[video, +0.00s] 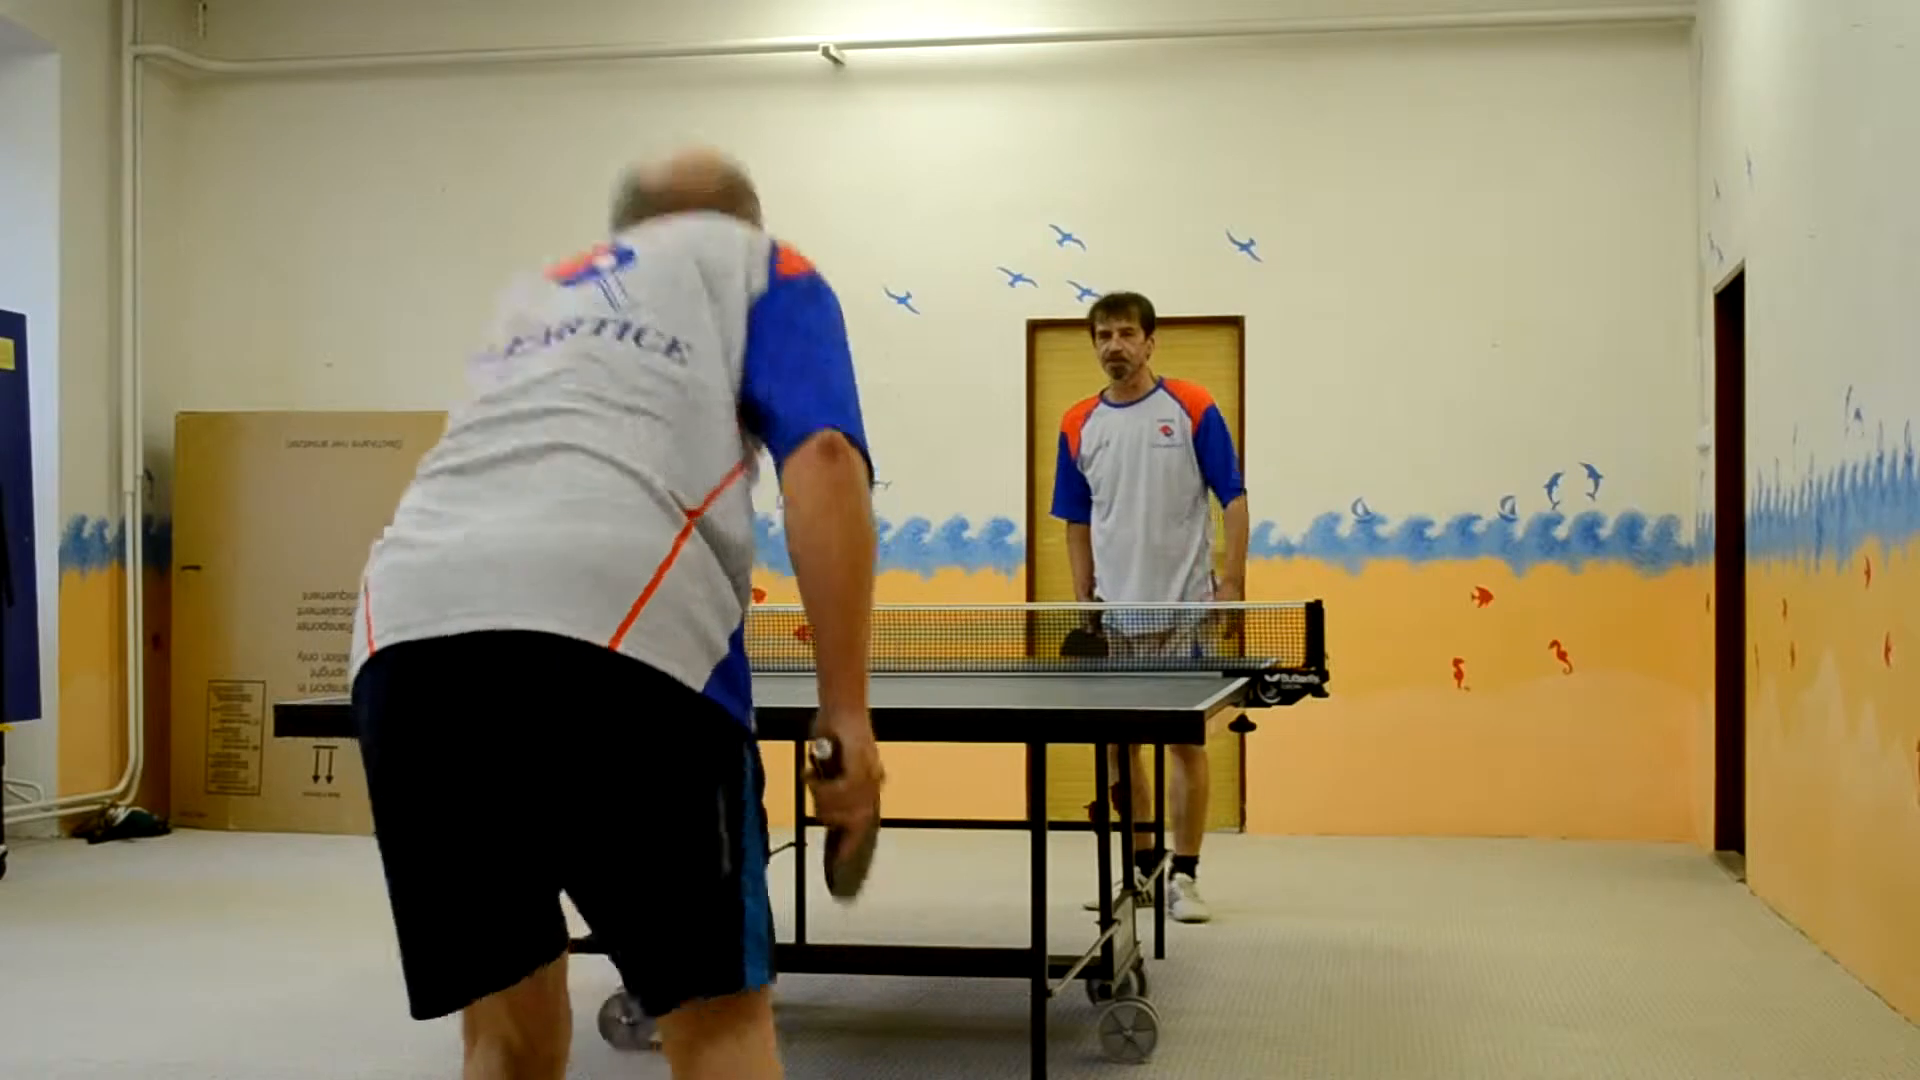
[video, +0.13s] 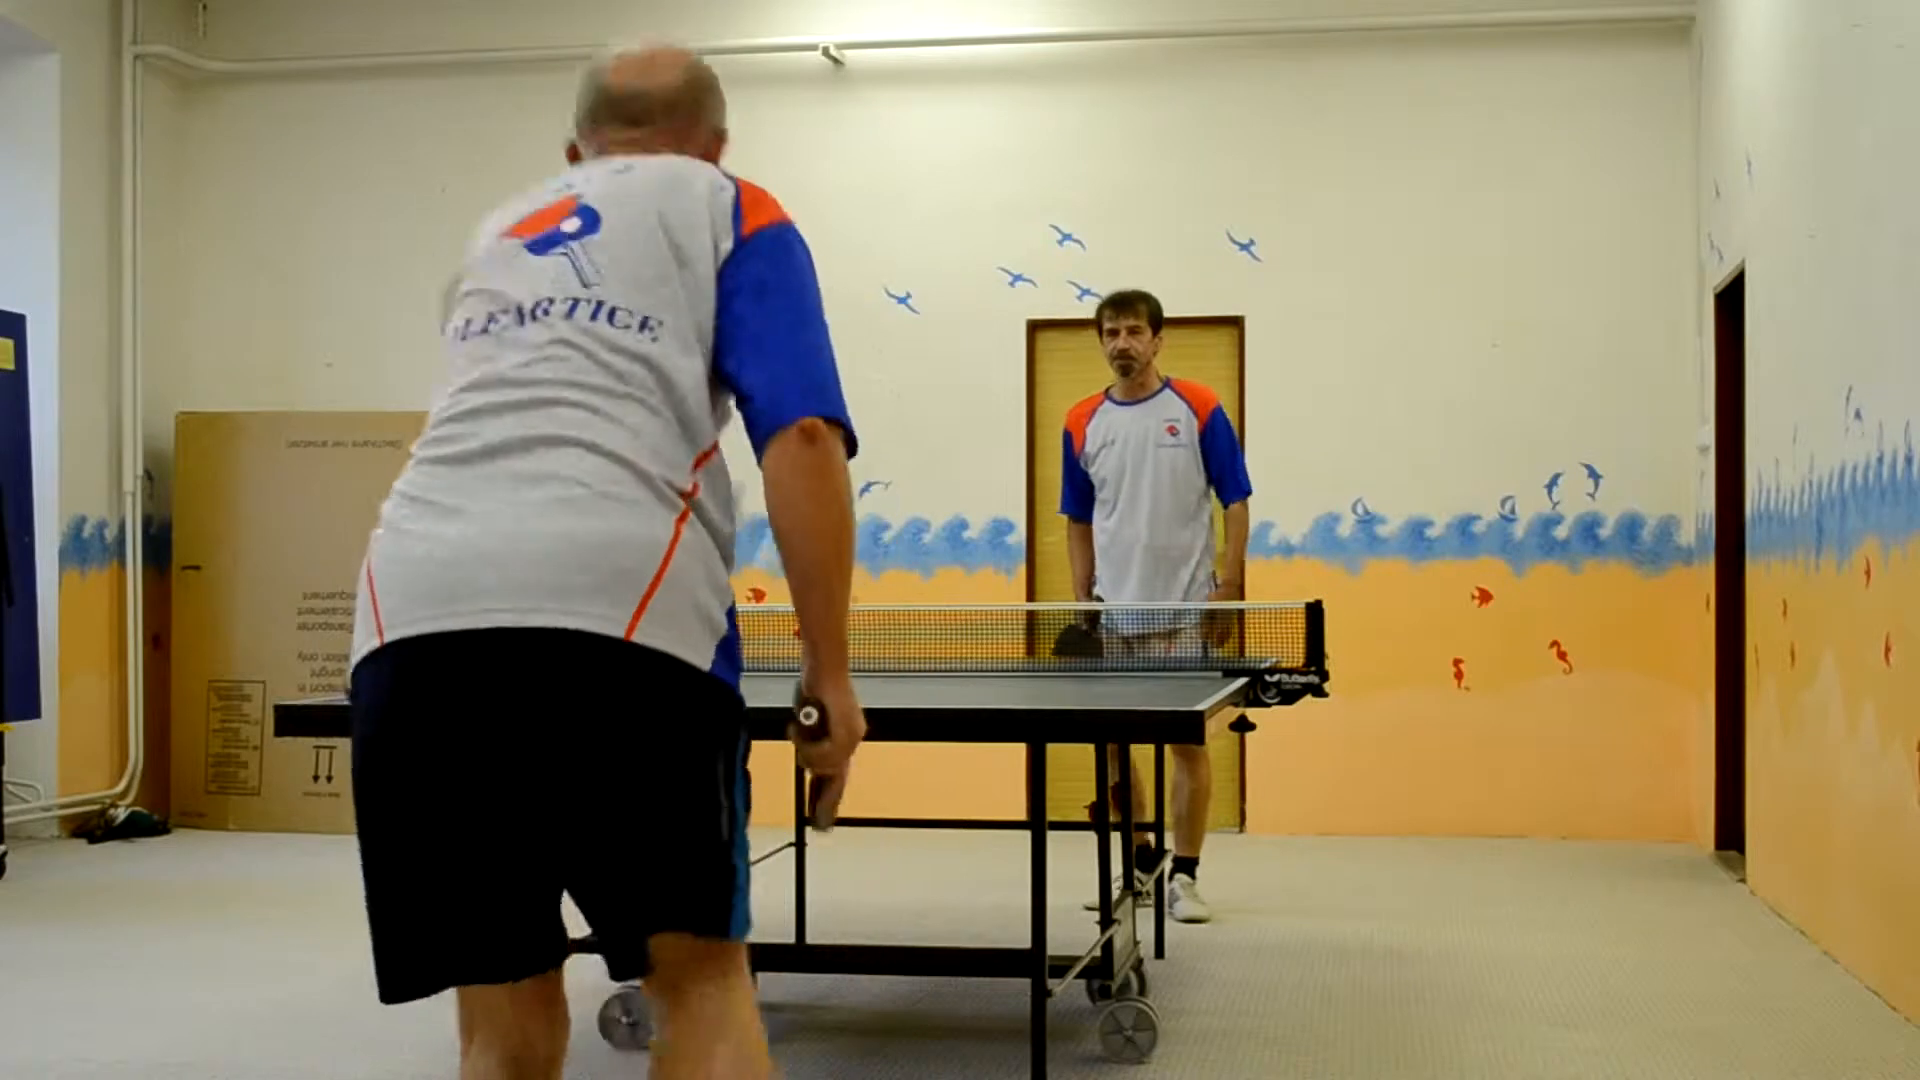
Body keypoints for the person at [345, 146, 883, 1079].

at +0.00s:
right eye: (751, 222)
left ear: (624, 226)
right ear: (750, 225)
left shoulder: (538, 291)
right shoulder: (764, 265)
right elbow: (824, 457)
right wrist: (843, 712)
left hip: (411, 648)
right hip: (615, 650)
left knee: (506, 1026)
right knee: (717, 1020)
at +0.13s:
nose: (724, 163)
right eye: (727, 153)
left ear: (576, 148)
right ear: (716, 147)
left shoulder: (494, 234)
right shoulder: (733, 210)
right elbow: (801, 431)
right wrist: (827, 670)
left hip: (415, 641)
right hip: (620, 632)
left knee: (504, 1012)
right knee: (699, 980)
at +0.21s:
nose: (703, 131)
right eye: (706, 118)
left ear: (561, 115)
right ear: (697, 109)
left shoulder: (472, 206)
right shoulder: (721, 193)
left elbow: (483, 410)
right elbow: (793, 431)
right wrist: (821, 664)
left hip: (418, 625)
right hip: (618, 624)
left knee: (497, 989)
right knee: (677, 967)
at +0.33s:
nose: (691, 118)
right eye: (696, 101)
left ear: (554, 94)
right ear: (691, 92)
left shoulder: (458, 198)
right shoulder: (716, 204)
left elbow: (446, 398)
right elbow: (787, 458)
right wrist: (812, 664)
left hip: (420, 644)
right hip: (619, 647)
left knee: (487, 1010)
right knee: (642, 1001)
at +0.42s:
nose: (684, 118)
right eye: (690, 101)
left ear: (551, 99)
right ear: (687, 97)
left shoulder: (448, 211)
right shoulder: (715, 223)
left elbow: (415, 439)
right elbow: (786, 480)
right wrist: (808, 670)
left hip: (421, 665)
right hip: (613, 669)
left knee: (467, 1022)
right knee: (631, 1015)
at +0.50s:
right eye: (684, 108)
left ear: (548, 110)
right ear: (682, 107)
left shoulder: (444, 218)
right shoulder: (714, 236)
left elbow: (384, 461)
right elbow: (782, 492)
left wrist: (473, 589)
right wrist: (796, 676)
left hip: (415, 671)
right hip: (607, 674)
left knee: (412, 998)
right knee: (631, 999)